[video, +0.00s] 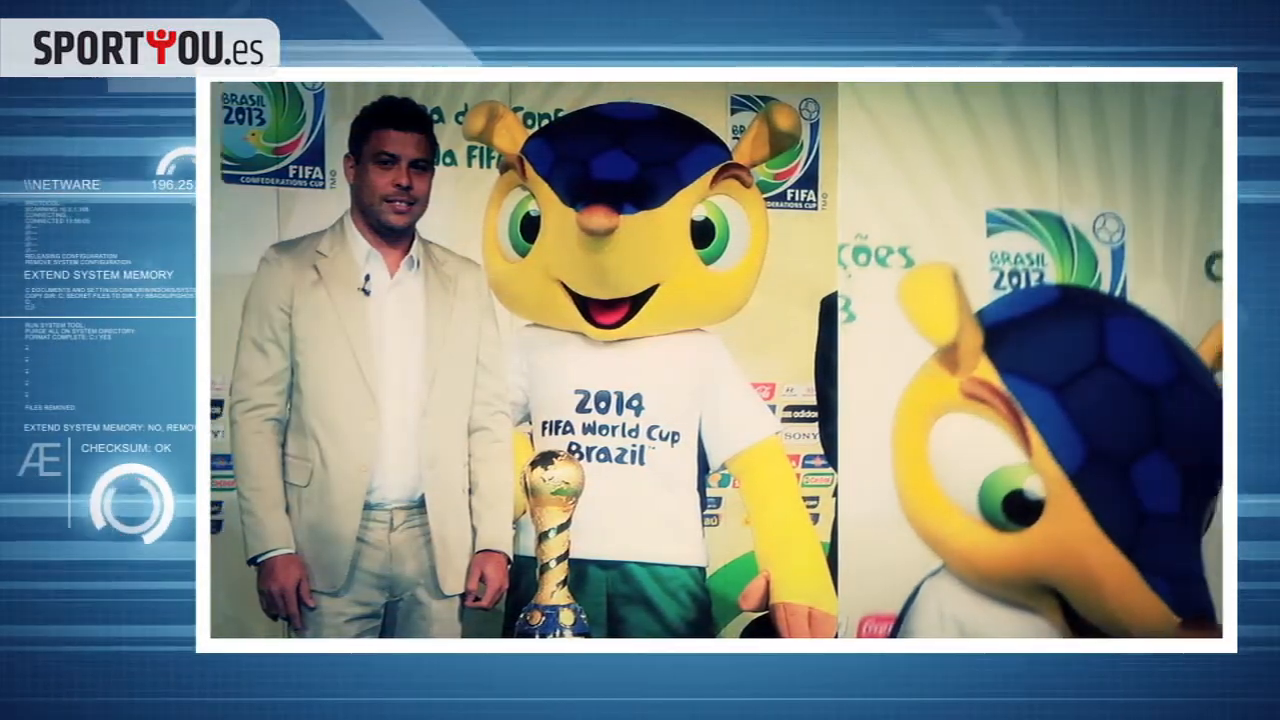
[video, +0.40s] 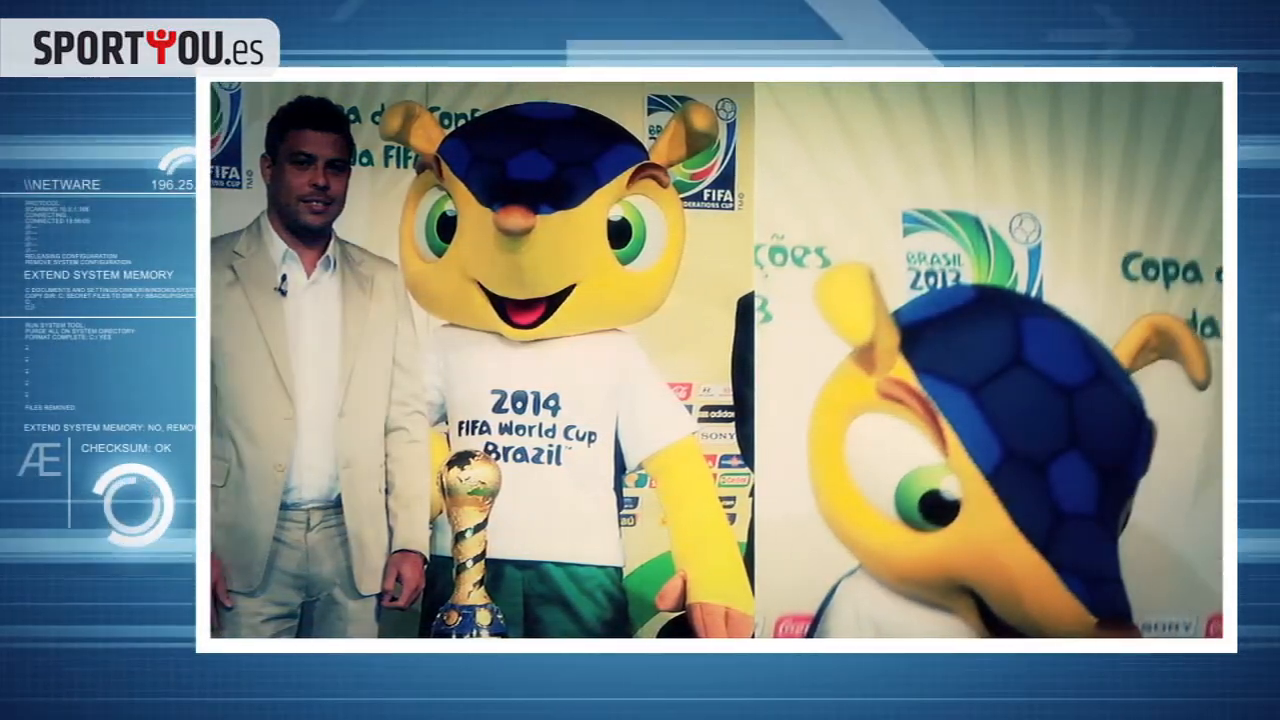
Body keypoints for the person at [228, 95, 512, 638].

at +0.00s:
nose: (405, 181)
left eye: (420, 166)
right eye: (386, 162)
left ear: (433, 178)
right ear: (351, 170)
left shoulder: (466, 282)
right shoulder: (288, 270)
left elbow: (490, 422)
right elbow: (255, 413)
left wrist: (492, 542)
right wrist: (273, 548)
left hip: (439, 544)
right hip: (332, 545)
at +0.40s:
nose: (321, 180)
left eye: (337, 166)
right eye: (302, 162)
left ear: (350, 178)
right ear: (267, 169)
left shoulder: (386, 284)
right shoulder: (205, 275)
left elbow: (406, 422)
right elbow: (179, 416)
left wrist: (409, 542)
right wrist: (195, 543)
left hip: (357, 542)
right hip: (248, 543)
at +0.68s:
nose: (261, 181)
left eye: (277, 167)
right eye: (244, 162)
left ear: (292, 179)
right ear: (211, 170)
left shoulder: (325, 283)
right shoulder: (176, 273)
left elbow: (347, 422)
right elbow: (138, 406)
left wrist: (352, 542)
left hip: (297, 536)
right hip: (199, 539)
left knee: (287, 711)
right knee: (191, 711)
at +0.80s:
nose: (237, 180)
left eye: (253, 166)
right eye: (220, 162)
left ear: (267, 177)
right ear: (190, 169)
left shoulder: (300, 284)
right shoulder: (149, 274)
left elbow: (322, 422)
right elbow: (112, 405)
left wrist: (325, 542)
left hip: (264, 538)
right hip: (164, 537)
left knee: (261, 711)